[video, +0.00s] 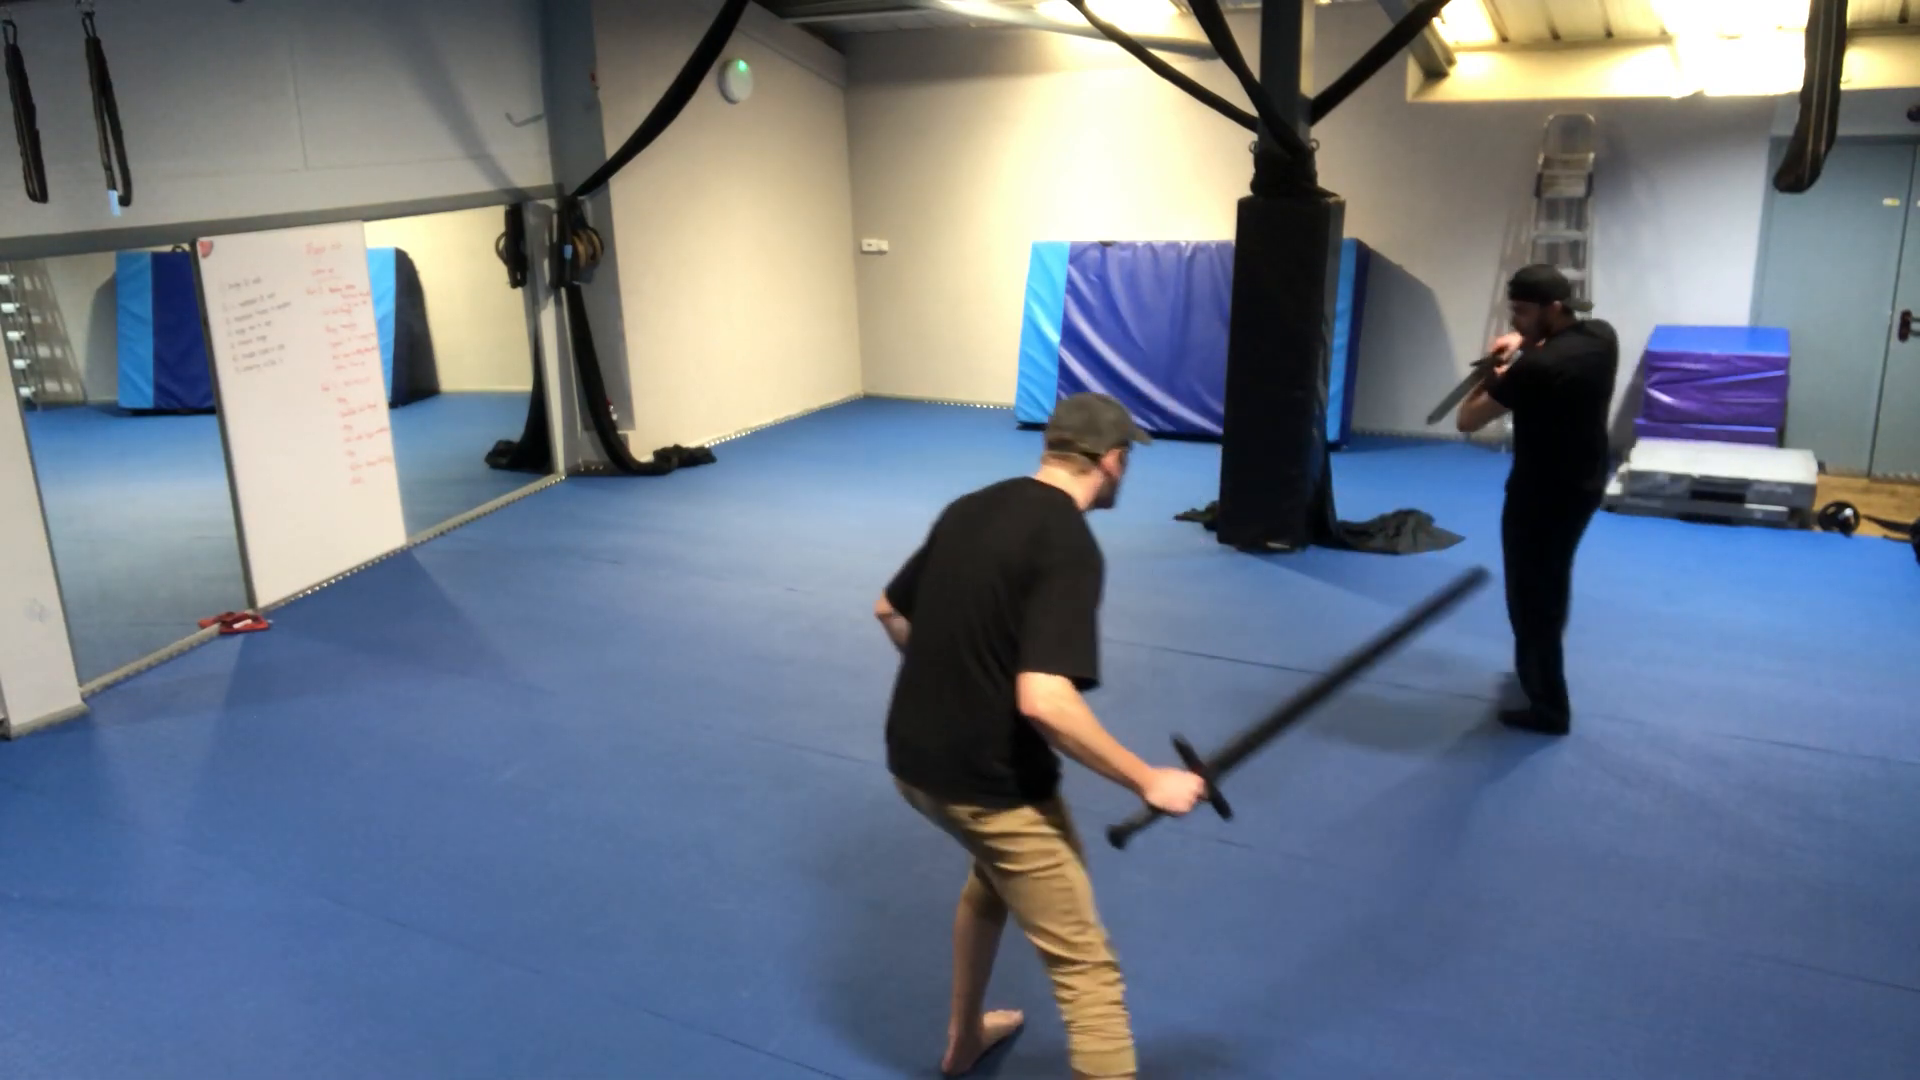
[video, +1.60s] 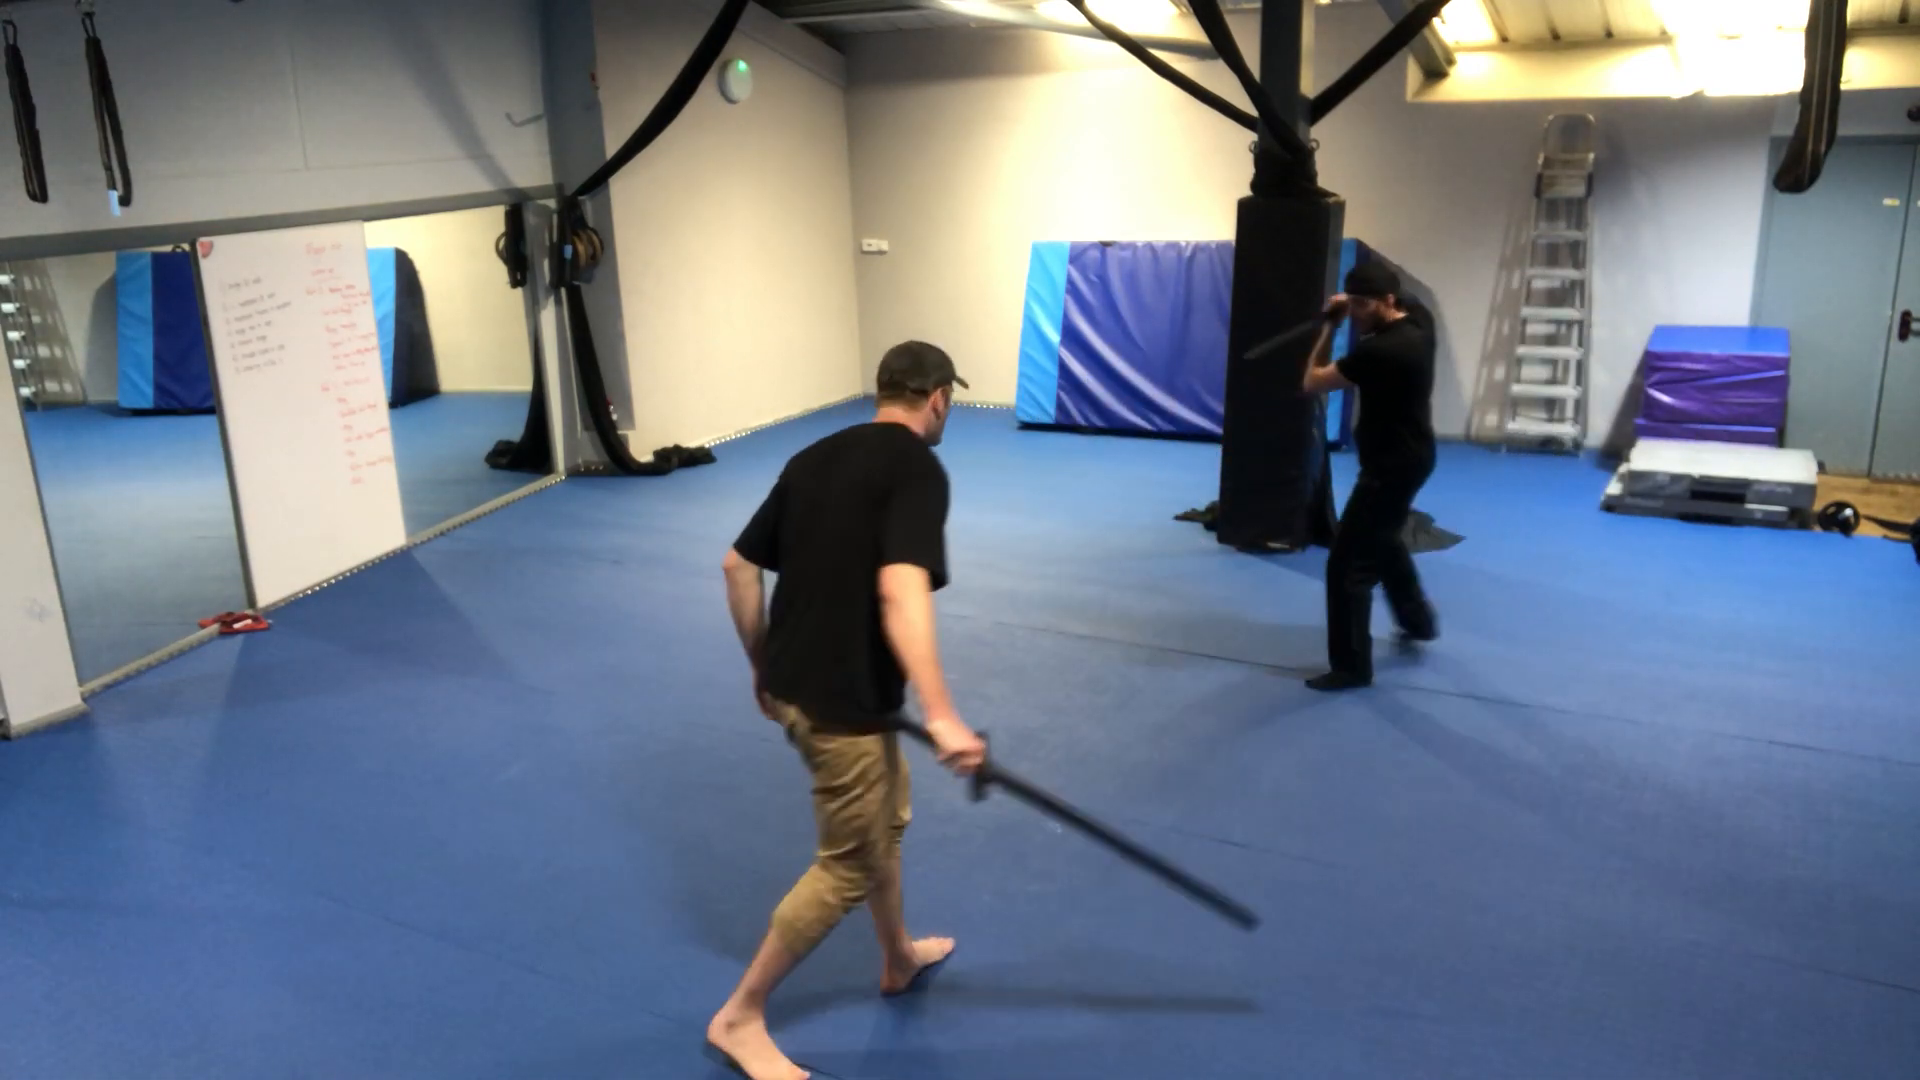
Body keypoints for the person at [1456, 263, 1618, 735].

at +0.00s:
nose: (1515, 319)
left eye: (1522, 311)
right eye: (1513, 310)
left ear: (1552, 310)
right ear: (1562, 309)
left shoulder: (1535, 366)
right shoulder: (1602, 337)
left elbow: (1468, 420)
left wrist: (1496, 372)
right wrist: (1517, 357)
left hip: (1538, 493)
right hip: (1583, 485)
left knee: (1529, 596)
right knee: (1550, 581)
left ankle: (1548, 709)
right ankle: (1538, 675)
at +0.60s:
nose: (1476, 305)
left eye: (1483, 297)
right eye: (1474, 297)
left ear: (1511, 293)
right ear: (1516, 293)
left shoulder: (1502, 342)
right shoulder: (1543, 320)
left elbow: (1440, 392)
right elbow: (1514, 308)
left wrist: (1453, 344)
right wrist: (1477, 316)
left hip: (1493, 463)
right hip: (1519, 457)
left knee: (1469, 568)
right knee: (1490, 561)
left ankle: (1528, 668)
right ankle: (1491, 649)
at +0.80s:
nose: (1464, 301)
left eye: (1470, 292)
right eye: (1461, 293)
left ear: (1498, 290)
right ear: (1502, 289)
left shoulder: (1492, 340)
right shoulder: (1525, 317)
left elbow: (1424, 382)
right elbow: (1502, 290)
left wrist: (1434, 330)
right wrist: (1460, 308)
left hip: (1481, 459)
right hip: (1505, 454)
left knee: (1436, 554)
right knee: (1483, 552)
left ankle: (1472, 662)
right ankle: (1490, 654)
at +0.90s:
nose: (1455, 301)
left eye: (1460, 293)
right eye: (1453, 293)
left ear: (1486, 290)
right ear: (1492, 289)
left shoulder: (1483, 340)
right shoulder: (1516, 318)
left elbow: (1416, 380)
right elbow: (1491, 292)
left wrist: (1424, 329)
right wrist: (1437, 316)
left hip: (1473, 460)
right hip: (1501, 454)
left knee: (1426, 555)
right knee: (1477, 551)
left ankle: (1429, 667)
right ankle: (1489, 652)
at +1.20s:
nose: (1416, 305)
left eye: (1421, 297)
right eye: (1416, 295)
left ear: (1449, 296)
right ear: (1456, 295)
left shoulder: (1444, 344)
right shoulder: (1483, 322)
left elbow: (1375, 378)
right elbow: (1463, 295)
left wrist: (1393, 322)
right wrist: (1424, 300)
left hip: (1441, 466)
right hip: (1470, 459)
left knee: (1398, 566)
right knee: (1460, 553)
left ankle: (1357, 663)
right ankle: (1485, 651)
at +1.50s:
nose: (1366, 308)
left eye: (1372, 300)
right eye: (1365, 299)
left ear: (1399, 299)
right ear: (1406, 299)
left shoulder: (1392, 346)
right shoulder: (1432, 326)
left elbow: (1326, 379)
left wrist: (1346, 329)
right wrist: (1362, 307)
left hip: (1397, 465)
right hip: (1421, 456)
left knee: (1357, 565)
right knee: (1402, 543)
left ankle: (1352, 668)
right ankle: (1452, 625)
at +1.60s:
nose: (1354, 312)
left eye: (1360, 305)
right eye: (1353, 304)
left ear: (1385, 302)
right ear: (1390, 301)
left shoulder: (1380, 350)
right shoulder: (1417, 323)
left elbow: (1311, 381)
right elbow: (1389, 303)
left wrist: (1329, 326)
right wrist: (1353, 301)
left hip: (1388, 466)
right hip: (1412, 456)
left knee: (1346, 562)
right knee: (1382, 538)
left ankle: (1351, 668)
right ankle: (1417, 622)